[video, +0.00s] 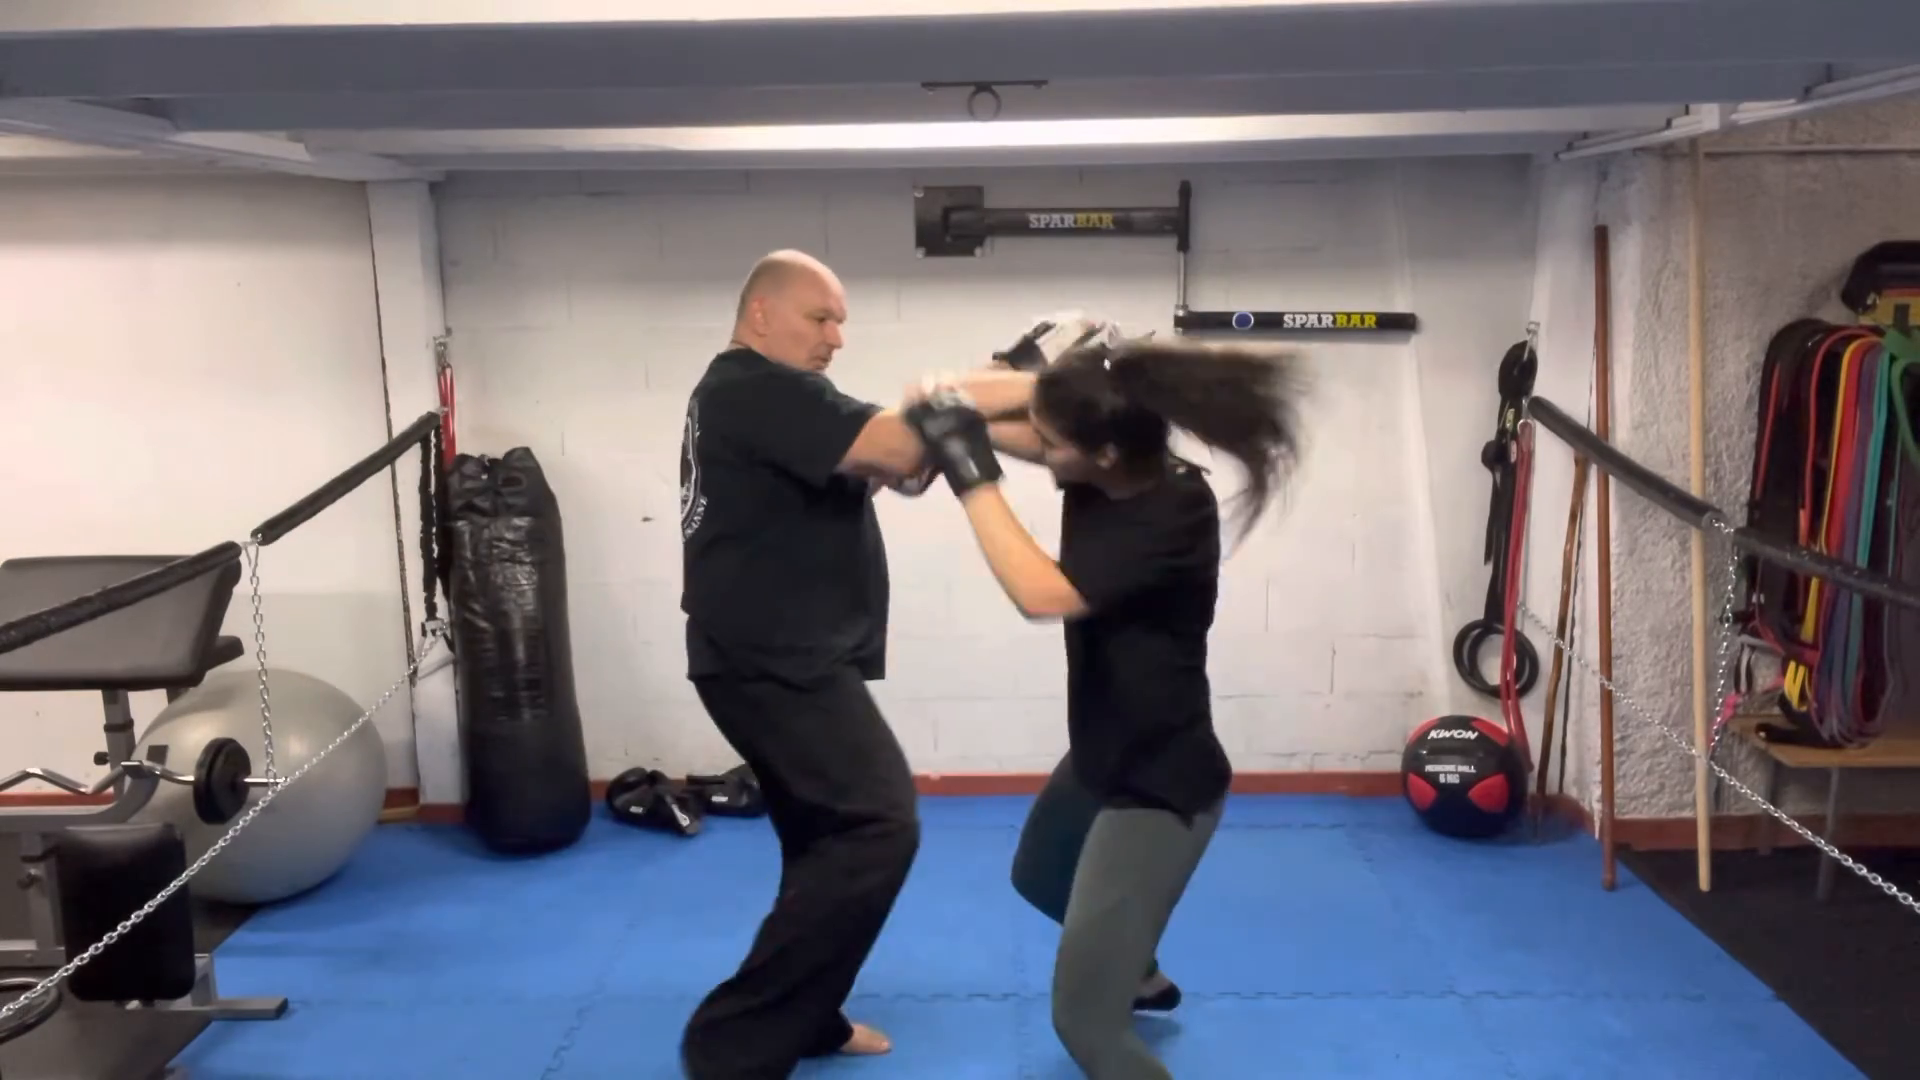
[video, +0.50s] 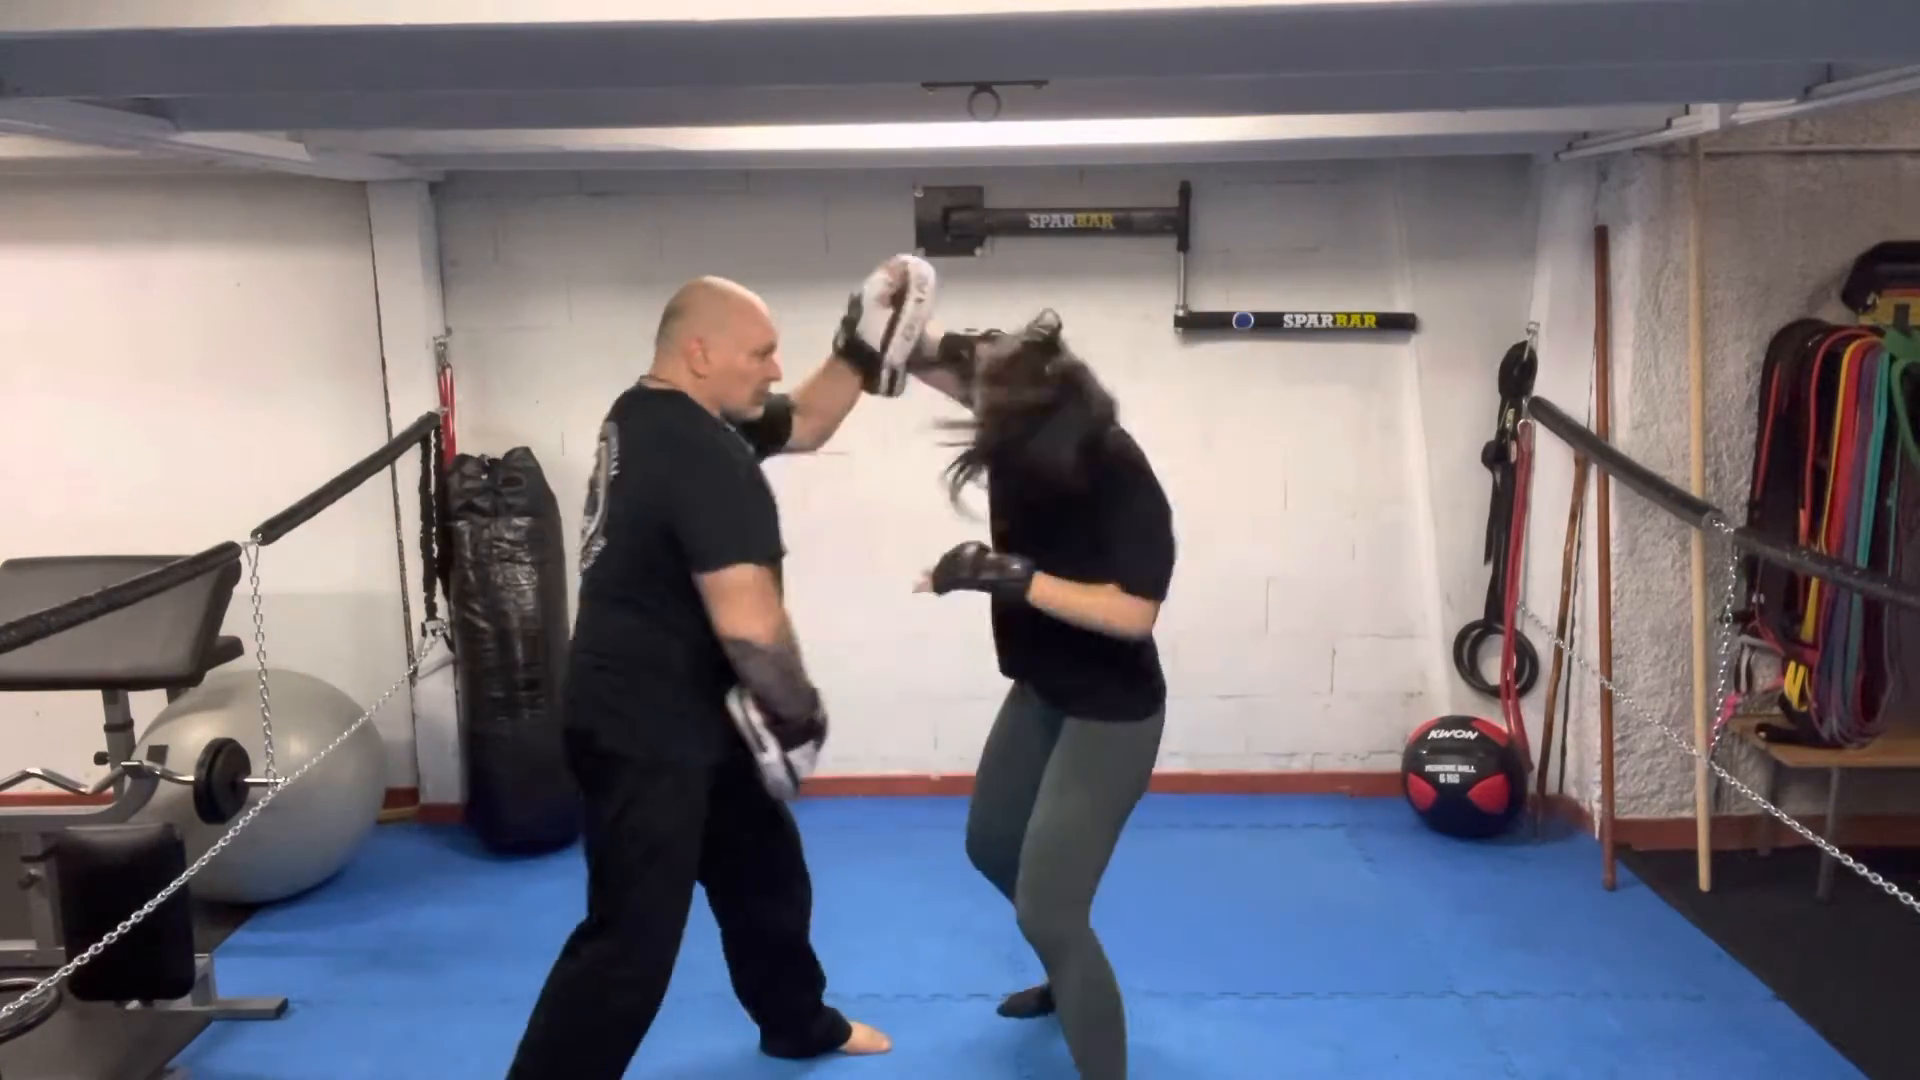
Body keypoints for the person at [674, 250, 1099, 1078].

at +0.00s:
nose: (835, 339)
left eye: (838, 324)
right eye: (820, 321)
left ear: (763, 320)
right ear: (758, 314)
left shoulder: (775, 390)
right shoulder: (754, 389)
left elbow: (906, 465)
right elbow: (894, 446)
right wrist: (1022, 379)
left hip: (784, 661)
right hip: (775, 664)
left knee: (829, 839)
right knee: (878, 828)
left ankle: (804, 1014)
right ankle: (736, 1042)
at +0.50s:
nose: (775, 373)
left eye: (775, 355)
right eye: (762, 354)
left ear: (693, 357)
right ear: (697, 356)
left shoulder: (655, 417)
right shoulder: (703, 454)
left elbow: (803, 422)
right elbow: (749, 630)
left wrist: (872, 333)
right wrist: (804, 716)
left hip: (681, 704)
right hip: (647, 717)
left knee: (761, 872)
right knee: (631, 940)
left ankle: (796, 1024)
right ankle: (548, 1075)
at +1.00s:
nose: (678, 380)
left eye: (680, 360)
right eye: (663, 361)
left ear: (605, 356)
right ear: (594, 353)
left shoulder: (654, 433)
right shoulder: (497, 462)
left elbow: (681, 532)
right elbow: (436, 614)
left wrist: (775, 551)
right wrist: (564, 695)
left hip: (680, 743)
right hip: (570, 762)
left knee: (717, 881)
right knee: (550, 959)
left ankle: (716, 1021)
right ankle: (526, 1070)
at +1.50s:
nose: (743, 395)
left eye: (745, 378)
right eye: (731, 376)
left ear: (677, 367)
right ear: (669, 363)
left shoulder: (688, 438)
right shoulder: (578, 429)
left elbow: (715, 535)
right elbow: (604, 580)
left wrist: (788, 559)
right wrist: (748, 587)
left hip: (660, 717)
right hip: (558, 725)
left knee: (698, 874)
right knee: (529, 913)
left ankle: (713, 1022)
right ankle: (465, 1071)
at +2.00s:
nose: (586, 406)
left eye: (589, 385)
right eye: (570, 385)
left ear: (509, 375)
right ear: (501, 374)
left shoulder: (549, 437)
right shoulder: (420, 472)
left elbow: (594, 543)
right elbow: (503, 607)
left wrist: (676, 485)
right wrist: (617, 501)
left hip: (605, 714)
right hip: (500, 744)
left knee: (677, 863)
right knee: (501, 942)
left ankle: (718, 1021)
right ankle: (455, 1071)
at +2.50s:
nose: (645, 394)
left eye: (647, 375)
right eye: (629, 376)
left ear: (570, 368)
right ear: (561, 367)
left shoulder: (632, 428)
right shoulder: (472, 454)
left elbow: (699, 511)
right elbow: (493, 598)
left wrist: (758, 471)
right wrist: (633, 531)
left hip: (663, 729)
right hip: (544, 751)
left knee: (727, 880)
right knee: (516, 949)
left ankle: (762, 1025)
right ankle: (461, 1076)